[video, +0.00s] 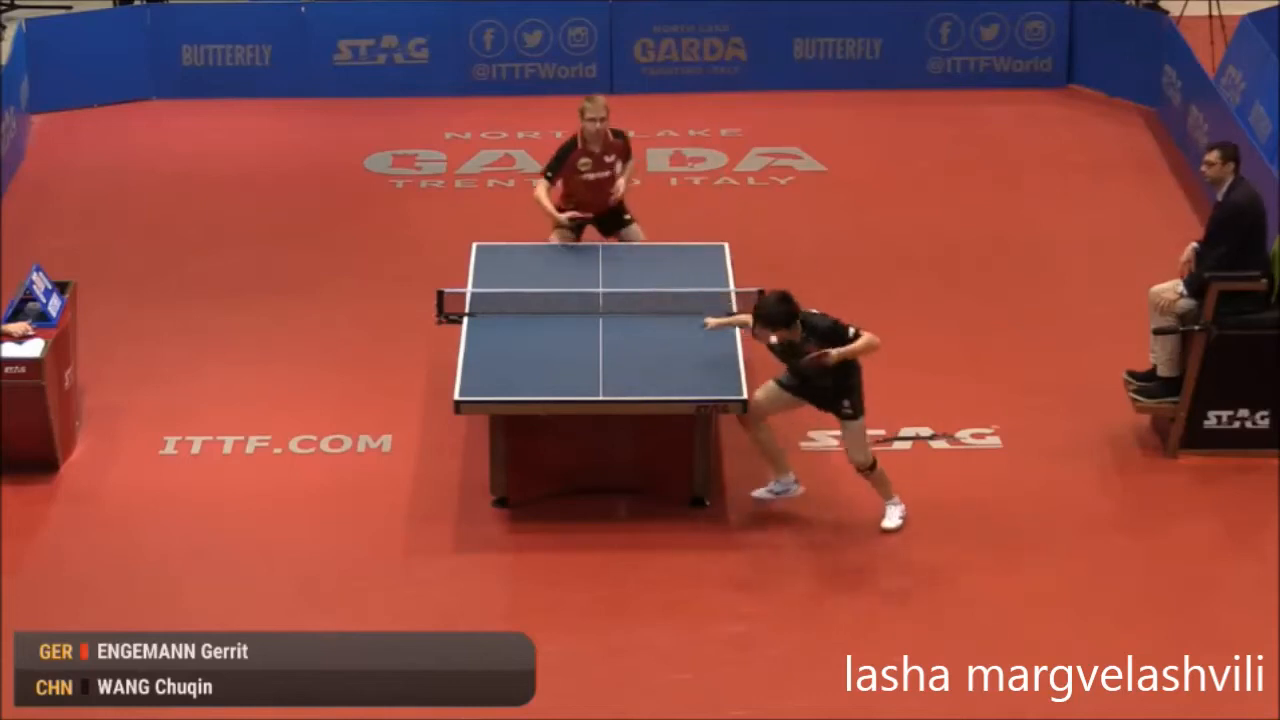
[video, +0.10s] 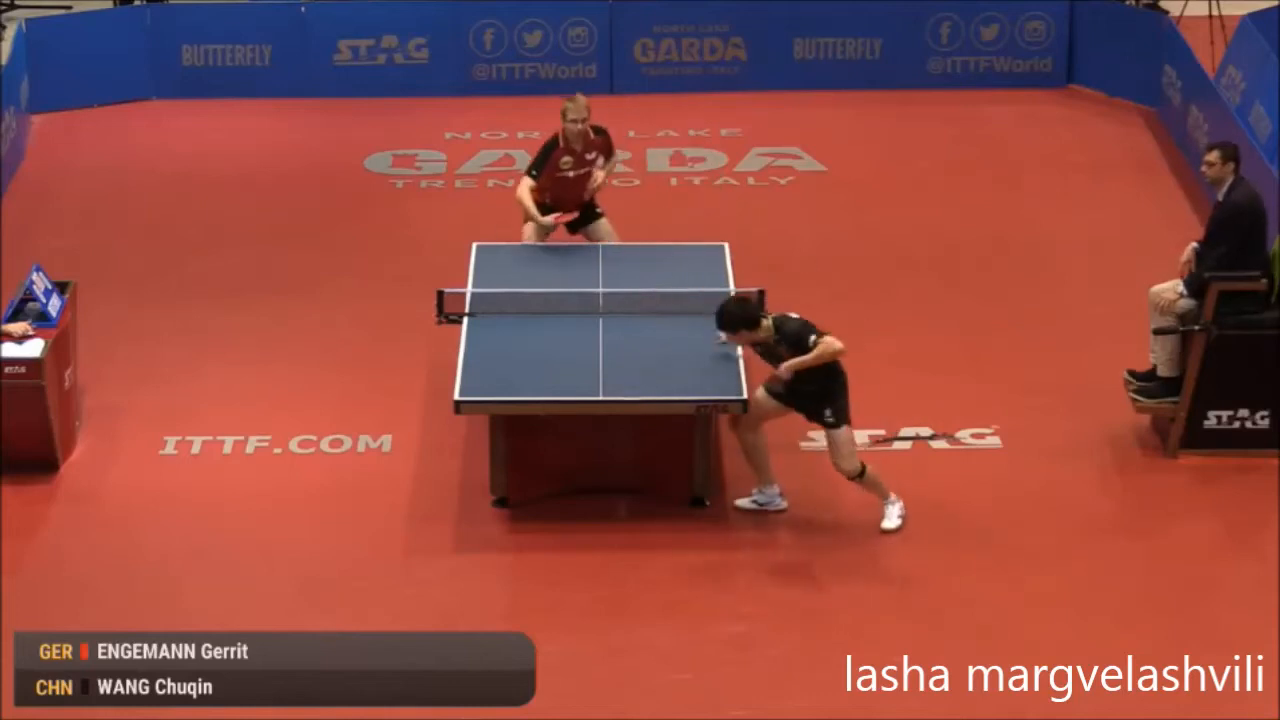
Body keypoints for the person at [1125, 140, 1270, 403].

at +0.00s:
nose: (1203, 170)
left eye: (1210, 165)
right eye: (1203, 164)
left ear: (1229, 167)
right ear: (1224, 168)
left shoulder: (1238, 202)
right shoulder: (1232, 194)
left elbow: (1221, 258)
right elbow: (1216, 239)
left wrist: (1184, 288)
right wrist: (1194, 247)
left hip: (1236, 290)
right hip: (1225, 280)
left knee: (1164, 305)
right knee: (1157, 294)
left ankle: (1170, 379)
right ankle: (1161, 368)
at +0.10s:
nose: (1203, 170)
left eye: (1210, 165)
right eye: (1203, 164)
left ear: (1229, 167)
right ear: (1223, 168)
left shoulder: (1238, 202)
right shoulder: (1231, 194)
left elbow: (1221, 259)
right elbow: (1216, 239)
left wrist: (1184, 288)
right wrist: (1194, 247)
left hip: (1236, 291)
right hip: (1224, 280)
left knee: (1164, 305)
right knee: (1157, 295)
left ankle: (1170, 379)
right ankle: (1161, 368)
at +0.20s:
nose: (1203, 170)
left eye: (1210, 165)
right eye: (1203, 164)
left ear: (1229, 167)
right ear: (1223, 168)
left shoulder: (1238, 202)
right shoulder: (1231, 194)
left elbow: (1221, 258)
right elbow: (1216, 239)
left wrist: (1184, 288)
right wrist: (1194, 247)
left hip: (1236, 291)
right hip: (1224, 280)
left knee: (1164, 305)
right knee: (1157, 294)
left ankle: (1170, 378)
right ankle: (1161, 368)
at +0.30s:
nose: (1203, 171)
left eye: (1209, 165)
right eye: (1203, 165)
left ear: (1229, 167)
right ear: (1223, 168)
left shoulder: (1238, 202)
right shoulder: (1231, 194)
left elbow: (1221, 258)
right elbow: (1216, 239)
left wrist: (1184, 288)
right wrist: (1194, 247)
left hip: (1236, 291)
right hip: (1224, 280)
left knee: (1163, 305)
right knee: (1157, 294)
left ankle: (1170, 378)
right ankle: (1161, 368)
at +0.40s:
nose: (1203, 171)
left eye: (1209, 165)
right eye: (1203, 165)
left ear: (1228, 167)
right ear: (1223, 168)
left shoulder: (1237, 202)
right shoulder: (1233, 194)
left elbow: (1219, 259)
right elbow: (1216, 238)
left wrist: (1184, 288)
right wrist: (1194, 247)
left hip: (1236, 291)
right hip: (1225, 280)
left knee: (1163, 304)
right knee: (1157, 294)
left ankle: (1170, 378)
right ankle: (1161, 368)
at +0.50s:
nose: (1202, 171)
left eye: (1208, 166)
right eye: (1202, 165)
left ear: (1227, 168)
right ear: (1223, 168)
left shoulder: (1237, 203)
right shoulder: (1233, 194)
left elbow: (1220, 259)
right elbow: (1217, 238)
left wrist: (1184, 289)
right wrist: (1195, 247)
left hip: (1236, 291)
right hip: (1226, 280)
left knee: (1163, 304)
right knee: (1157, 294)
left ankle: (1170, 378)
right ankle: (1161, 368)